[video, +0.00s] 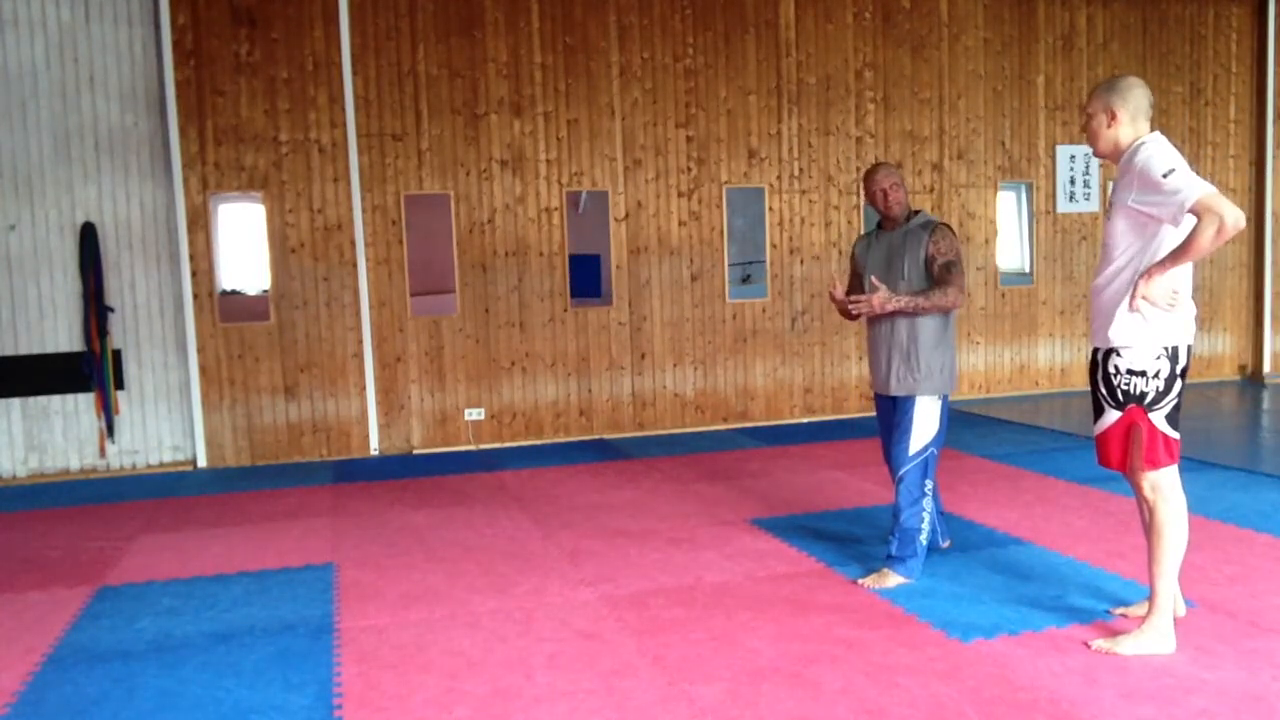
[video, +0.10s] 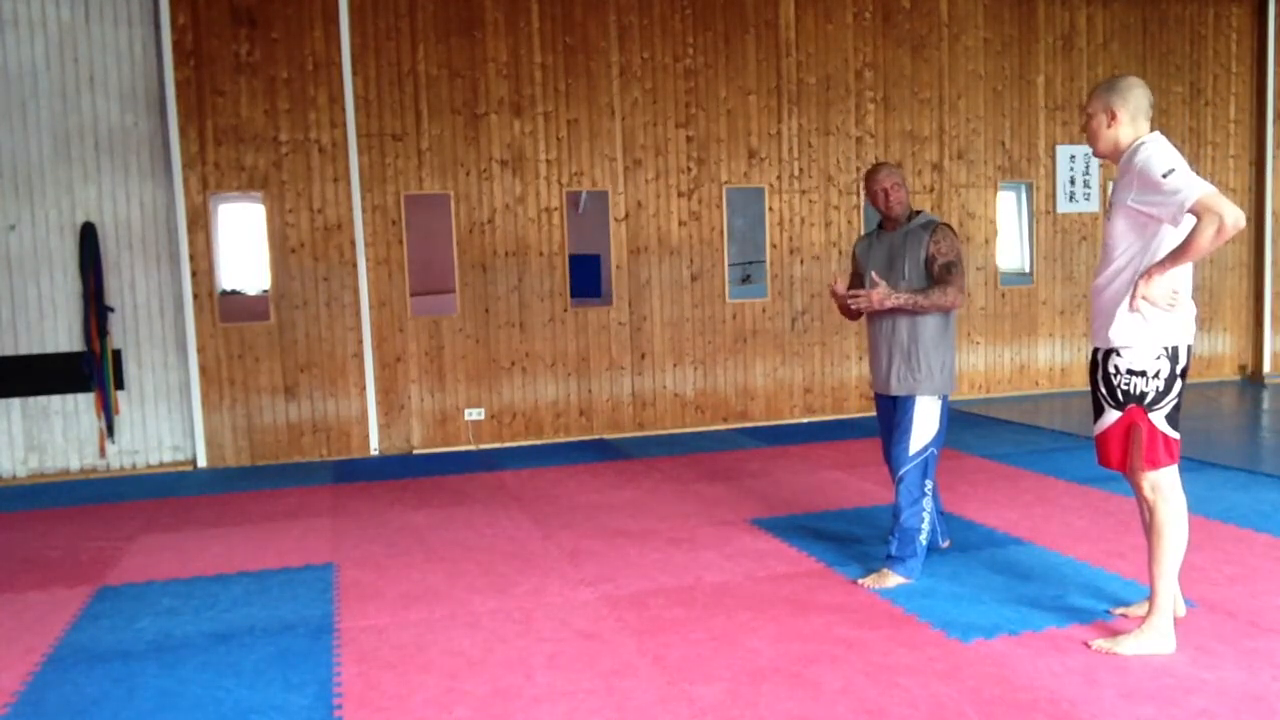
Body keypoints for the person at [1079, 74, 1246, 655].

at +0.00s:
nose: (1085, 131)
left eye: (1090, 119)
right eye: (1086, 120)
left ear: (1114, 117)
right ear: (1127, 116)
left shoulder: (1146, 157)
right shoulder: (1149, 157)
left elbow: (1223, 215)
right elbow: (1228, 219)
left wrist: (1161, 269)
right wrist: (1161, 268)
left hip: (1139, 339)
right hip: (1148, 338)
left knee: (1152, 477)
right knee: (1153, 473)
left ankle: (1160, 625)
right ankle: (1167, 593)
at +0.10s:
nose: (1085, 131)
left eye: (1090, 119)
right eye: (1086, 119)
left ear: (1114, 117)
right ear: (1128, 117)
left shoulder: (1146, 156)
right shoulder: (1150, 157)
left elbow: (1222, 214)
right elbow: (1229, 219)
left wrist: (1161, 269)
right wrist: (1162, 267)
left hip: (1140, 339)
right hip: (1148, 338)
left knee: (1152, 478)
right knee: (1154, 473)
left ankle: (1160, 625)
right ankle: (1167, 593)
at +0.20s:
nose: (1085, 130)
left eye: (1090, 118)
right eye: (1086, 119)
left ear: (1114, 117)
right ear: (1127, 116)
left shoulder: (1146, 156)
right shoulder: (1148, 158)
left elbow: (1223, 214)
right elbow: (1228, 219)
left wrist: (1161, 269)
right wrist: (1161, 268)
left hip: (1141, 339)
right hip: (1147, 338)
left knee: (1152, 478)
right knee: (1153, 473)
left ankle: (1160, 625)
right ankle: (1167, 593)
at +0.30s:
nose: (1084, 126)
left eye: (1091, 115)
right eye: (1085, 116)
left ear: (1120, 117)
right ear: (1125, 117)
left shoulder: (1146, 155)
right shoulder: (1145, 158)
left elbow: (1219, 212)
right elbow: (1228, 217)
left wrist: (1161, 269)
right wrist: (1162, 267)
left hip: (1142, 339)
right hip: (1146, 339)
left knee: (1153, 478)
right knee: (1152, 474)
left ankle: (1160, 625)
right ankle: (1168, 592)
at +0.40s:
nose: (1085, 125)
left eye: (1094, 115)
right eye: (1086, 115)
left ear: (1126, 118)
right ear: (1126, 117)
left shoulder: (1147, 155)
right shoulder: (1145, 158)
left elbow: (1217, 211)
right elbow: (1227, 216)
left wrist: (1159, 269)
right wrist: (1162, 268)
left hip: (1142, 340)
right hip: (1142, 339)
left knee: (1153, 478)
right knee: (1147, 473)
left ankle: (1160, 625)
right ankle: (1169, 592)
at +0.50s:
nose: (1086, 135)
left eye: (1092, 122)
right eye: (1084, 123)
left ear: (1124, 118)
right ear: (1125, 118)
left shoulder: (1149, 154)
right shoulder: (1149, 159)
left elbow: (1215, 211)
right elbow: (1228, 215)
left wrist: (1159, 270)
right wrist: (1162, 267)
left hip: (1142, 341)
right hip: (1138, 340)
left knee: (1153, 478)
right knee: (1140, 473)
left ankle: (1160, 624)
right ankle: (1168, 594)